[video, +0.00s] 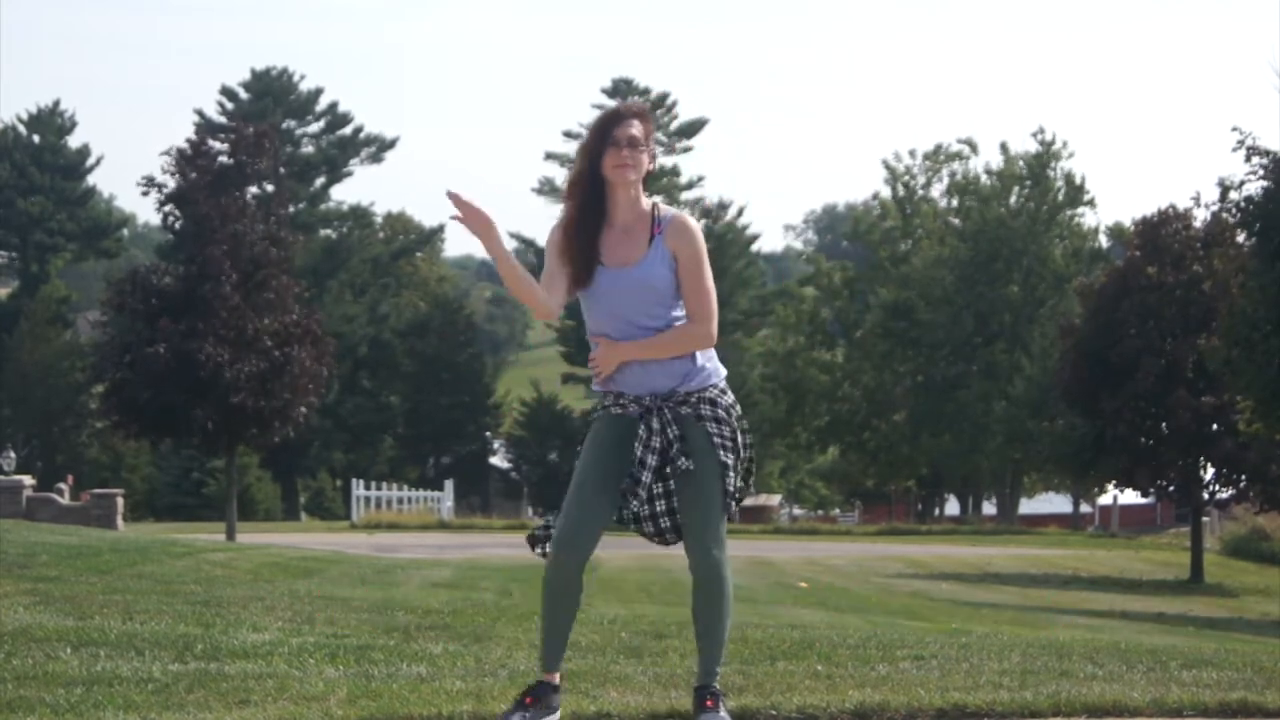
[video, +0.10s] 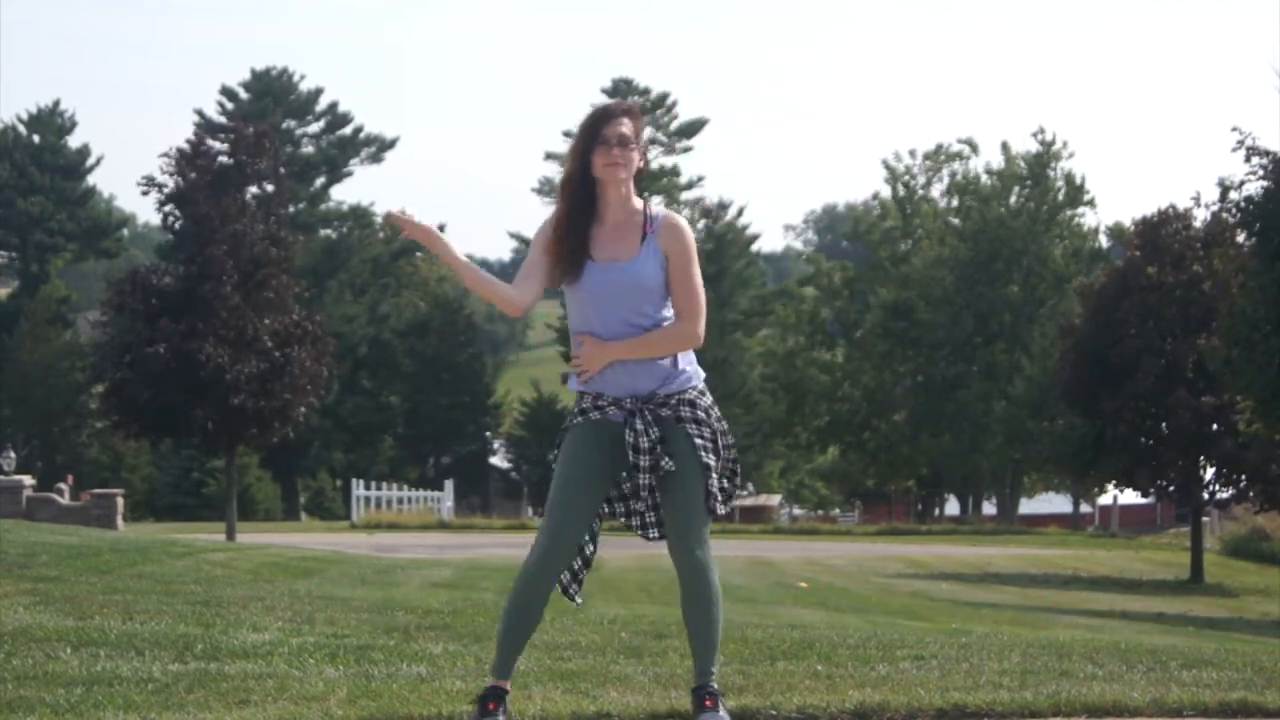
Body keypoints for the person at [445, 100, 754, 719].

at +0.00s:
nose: (632, 153)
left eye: (641, 144)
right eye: (621, 143)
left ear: (652, 157)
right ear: (598, 155)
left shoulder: (678, 229)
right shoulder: (573, 232)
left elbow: (704, 331)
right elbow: (546, 306)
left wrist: (624, 351)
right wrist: (493, 241)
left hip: (694, 400)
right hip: (621, 403)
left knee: (706, 550)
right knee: (567, 547)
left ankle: (709, 690)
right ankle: (547, 684)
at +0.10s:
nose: (618, 151)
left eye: (628, 143)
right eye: (607, 142)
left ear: (642, 155)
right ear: (587, 155)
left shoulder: (669, 229)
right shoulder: (562, 231)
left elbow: (691, 330)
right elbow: (516, 299)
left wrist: (609, 351)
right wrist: (441, 246)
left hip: (675, 405)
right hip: (600, 409)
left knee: (690, 548)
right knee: (555, 544)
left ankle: (708, 690)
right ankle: (497, 688)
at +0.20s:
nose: (609, 150)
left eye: (619, 142)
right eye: (598, 141)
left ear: (633, 154)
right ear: (576, 153)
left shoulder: (658, 231)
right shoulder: (551, 228)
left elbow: (674, 333)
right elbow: (493, 296)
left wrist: (597, 351)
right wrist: (409, 258)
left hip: (650, 410)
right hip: (572, 409)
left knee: (671, 552)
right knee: (535, 543)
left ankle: (704, 691)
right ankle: (493, 691)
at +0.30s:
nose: (601, 156)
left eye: (611, 147)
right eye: (590, 147)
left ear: (626, 158)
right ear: (569, 158)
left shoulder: (655, 234)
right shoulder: (547, 234)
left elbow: (667, 336)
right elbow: (477, 296)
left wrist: (588, 354)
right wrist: (386, 266)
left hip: (628, 413)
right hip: (551, 405)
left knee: (655, 552)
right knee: (522, 545)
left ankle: (700, 689)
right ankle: (490, 692)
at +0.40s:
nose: (602, 165)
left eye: (612, 156)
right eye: (590, 156)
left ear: (626, 165)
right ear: (568, 166)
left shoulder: (655, 238)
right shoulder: (549, 241)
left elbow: (676, 338)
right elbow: (478, 306)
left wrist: (599, 360)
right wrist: (391, 273)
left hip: (620, 420)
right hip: (546, 407)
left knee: (651, 555)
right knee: (517, 549)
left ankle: (697, 689)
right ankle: (489, 690)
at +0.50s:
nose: (613, 171)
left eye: (621, 162)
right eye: (601, 161)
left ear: (632, 170)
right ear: (575, 168)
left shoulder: (661, 238)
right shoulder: (554, 243)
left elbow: (686, 336)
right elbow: (494, 316)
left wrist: (614, 362)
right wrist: (418, 269)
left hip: (631, 421)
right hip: (556, 410)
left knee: (663, 561)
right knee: (525, 551)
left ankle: (699, 692)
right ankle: (491, 691)